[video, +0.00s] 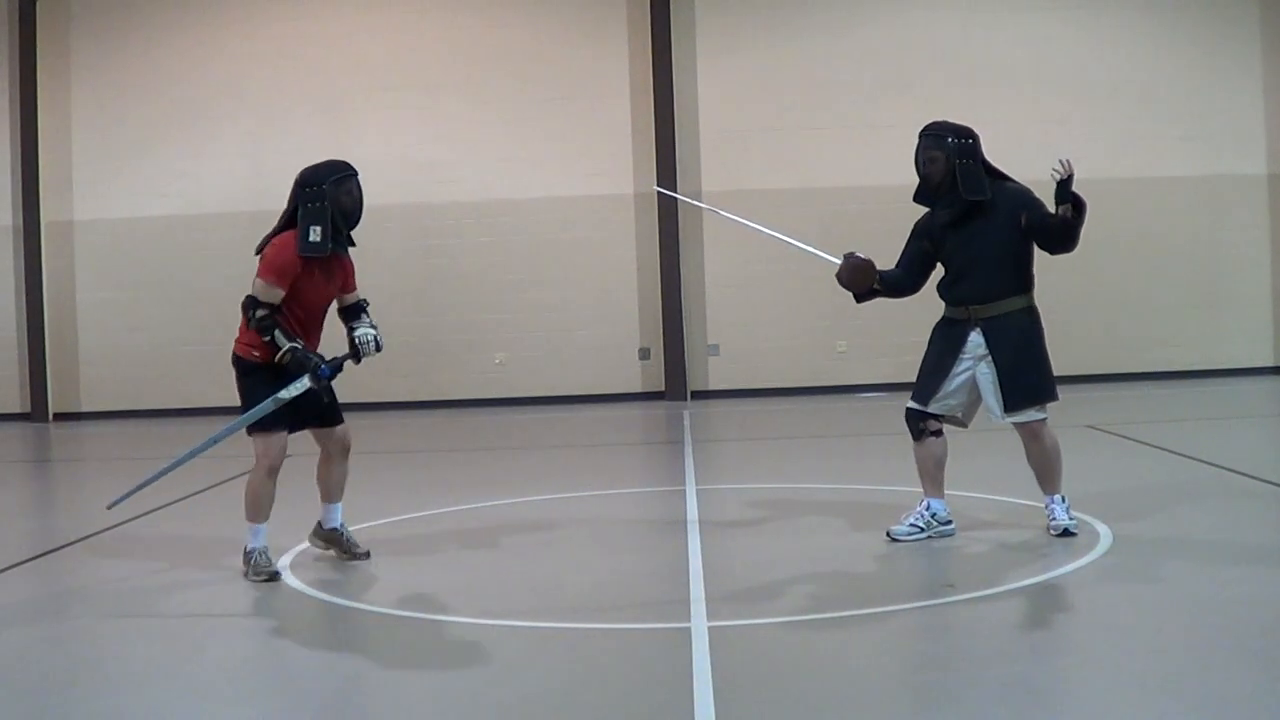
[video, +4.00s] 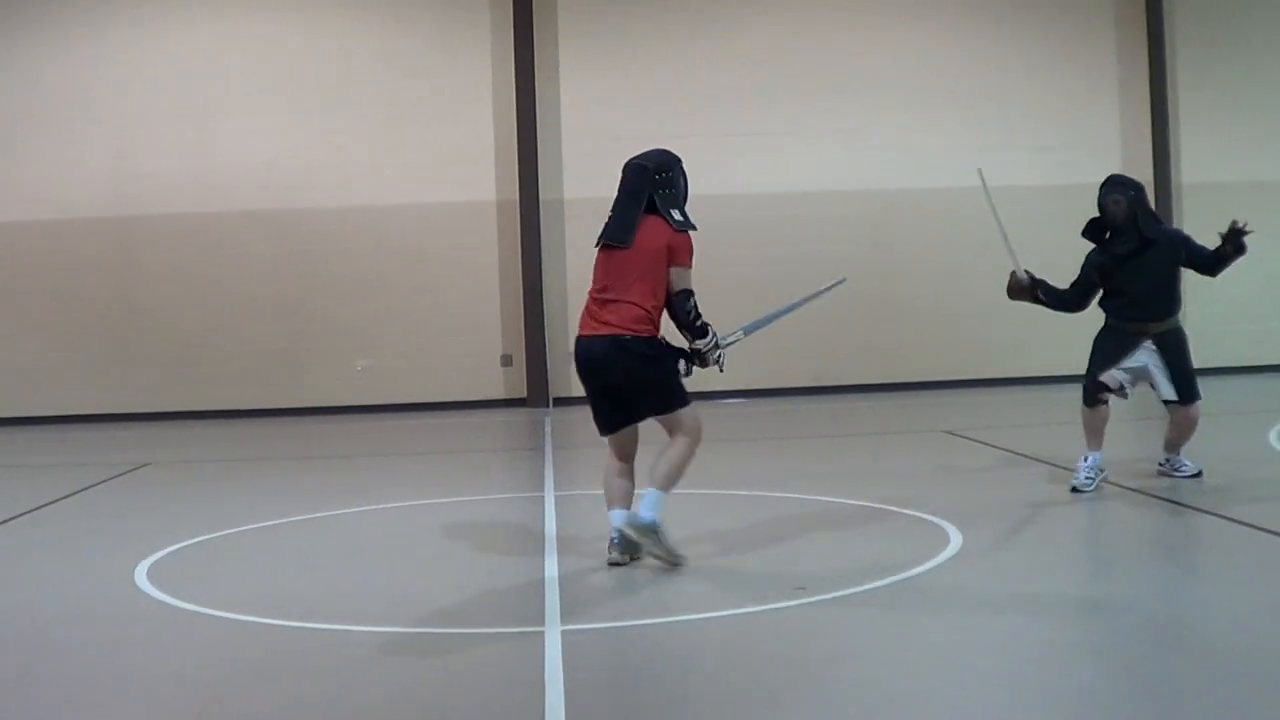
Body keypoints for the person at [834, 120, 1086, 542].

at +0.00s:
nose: (923, 168)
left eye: (931, 158)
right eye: (920, 160)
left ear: (958, 158)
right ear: (922, 163)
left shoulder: (1013, 199)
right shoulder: (934, 220)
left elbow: (1059, 241)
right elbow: (907, 278)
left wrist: (1068, 204)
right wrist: (870, 279)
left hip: (1011, 325)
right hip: (956, 327)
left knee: (1030, 418)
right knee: (923, 416)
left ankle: (1055, 503)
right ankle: (934, 510)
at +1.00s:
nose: (936, 163)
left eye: (944, 154)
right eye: (931, 156)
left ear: (968, 153)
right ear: (925, 161)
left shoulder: (1010, 196)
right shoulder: (928, 218)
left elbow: (1050, 237)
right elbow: (908, 274)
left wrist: (1073, 213)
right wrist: (881, 271)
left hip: (1011, 320)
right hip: (955, 324)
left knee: (1014, 412)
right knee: (937, 413)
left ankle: (1009, 497)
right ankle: (936, 508)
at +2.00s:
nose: (1097, 178)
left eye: (1105, 171)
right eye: (1093, 170)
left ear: (1126, 175)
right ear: (1086, 173)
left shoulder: (1152, 226)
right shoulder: (1080, 223)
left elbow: (1188, 269)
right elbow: (1049, 266)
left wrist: (1227, 302)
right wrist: (1006, 268)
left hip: (1126, 331)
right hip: (1076, 328)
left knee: (1116, 414)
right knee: (1063, 421)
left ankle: (1096, 482)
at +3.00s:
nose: (1183, 197)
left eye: (1190, 190)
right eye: (1178, 190)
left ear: (1206, 191)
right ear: (1171, 194)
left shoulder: (1235, 230)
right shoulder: (1169, 241)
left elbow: (1266, 266)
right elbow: (1160, 286)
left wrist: (1279, 263)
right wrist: (1165, 311)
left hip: (1230, 323)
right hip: (1183, 325)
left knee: (1245, 394)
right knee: (1163, 391)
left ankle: (1246, 452)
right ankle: (1145, 464)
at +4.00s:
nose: (1111, 209)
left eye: (1118, 202)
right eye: (1106, 203)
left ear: (1135, 204)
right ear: (1101, 208)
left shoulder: (1167, 240)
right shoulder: (1102, 254)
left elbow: (1208, 265)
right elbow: (1075, 300)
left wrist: (1228, 250)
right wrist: (1036, 288)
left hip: (1165, 334)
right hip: (1118, 334)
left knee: (1188, 412)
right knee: (1093, 392)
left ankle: (1171, 457)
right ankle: (1093, 461)